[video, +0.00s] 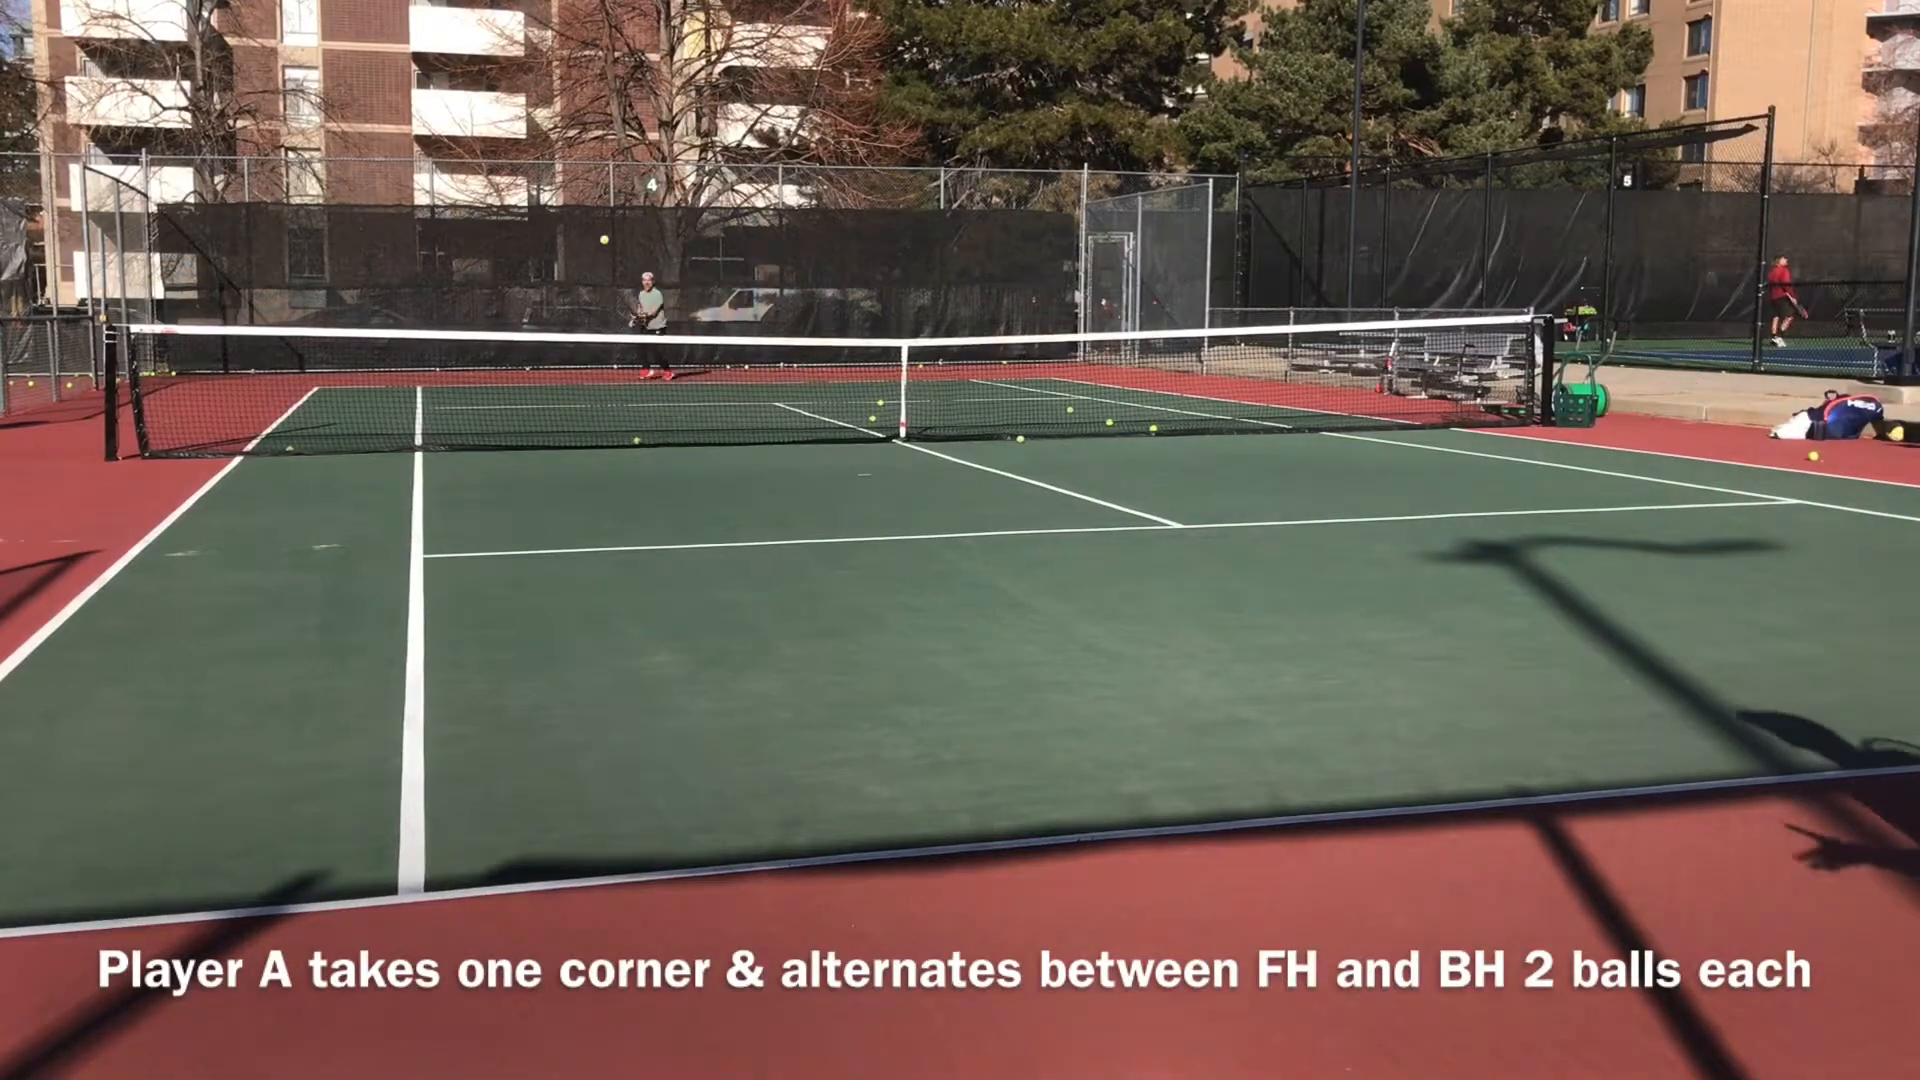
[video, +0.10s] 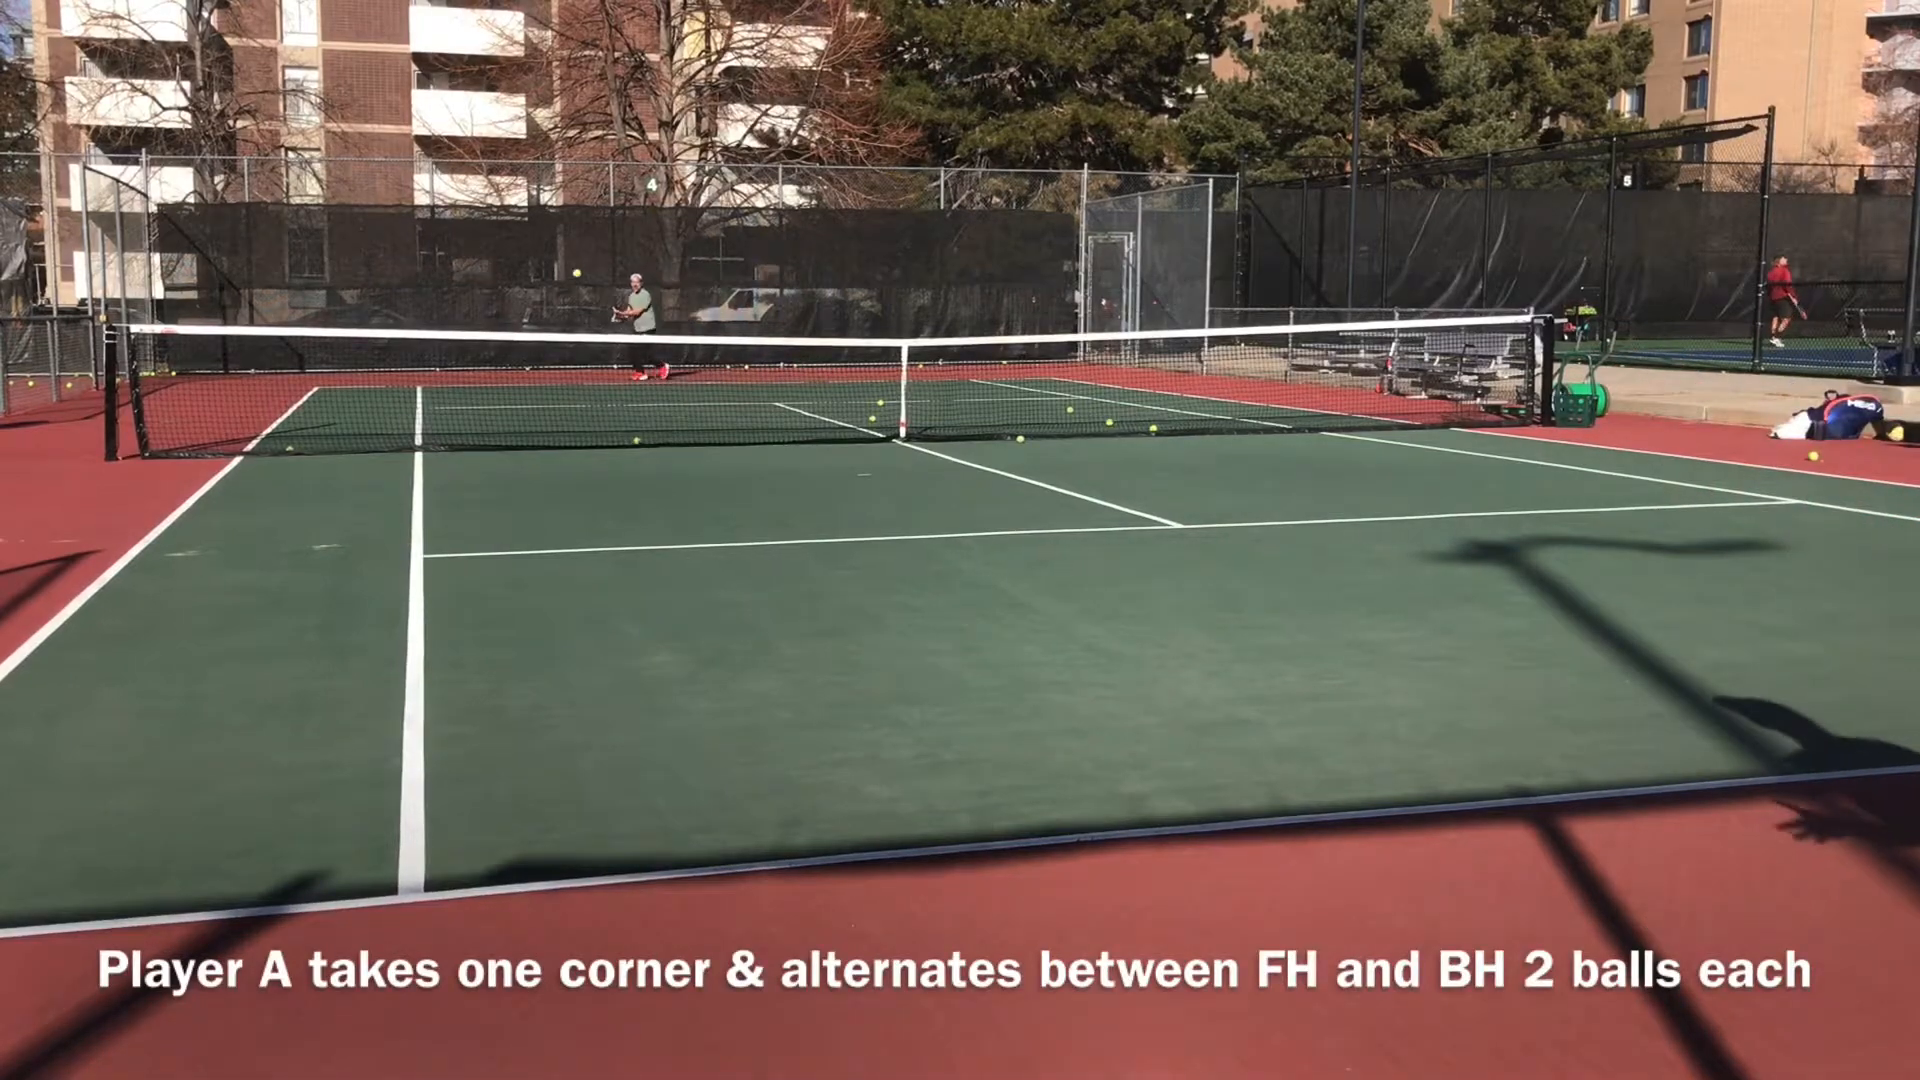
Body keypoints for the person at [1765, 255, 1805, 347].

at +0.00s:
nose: (1786, 261)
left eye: (1785, 259)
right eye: (1784, 259)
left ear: (1776, 262)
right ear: (1779, 261)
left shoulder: (1772, 271)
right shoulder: (1784, 270)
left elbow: (1770, 284)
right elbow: (1786, 284)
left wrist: (1773, 293)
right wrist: (1792, 296)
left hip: (1773, 297)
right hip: (1782, 296)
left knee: (1776, 316)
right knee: (1789, 315)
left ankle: (1774, 336)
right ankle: (1780, 334)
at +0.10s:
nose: (1786, 261)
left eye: (1785, 259)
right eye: (1784, 259)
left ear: (1776, 262)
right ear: (1779, 261)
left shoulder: (1771, 272)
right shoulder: (1784, 271)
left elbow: (1769, 285)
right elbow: (1787, 284)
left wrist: (1771, 295)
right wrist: (1793, 297)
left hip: (1773, 298)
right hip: (1782, 297)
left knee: (1775, 317)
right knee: (1786, 317)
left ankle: (1773, 337)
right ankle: (1777, 336)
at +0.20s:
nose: (1786, 261)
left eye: (1785, 259)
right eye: (1784, 259)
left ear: (1776, 262)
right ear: (1779, 261)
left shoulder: (1770, 272)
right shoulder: (1785, 271)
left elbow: (1769, 285)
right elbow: (1787, 284)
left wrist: (1771, 295)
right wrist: (1792, 296)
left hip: (1773, 298)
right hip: (1783, 297)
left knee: (1775, 317)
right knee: (1782, 318)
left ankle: (1772, 338)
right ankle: (1775, 338)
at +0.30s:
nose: (1786, 261)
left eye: (1785, 259)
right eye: (1784, 259)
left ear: (1775, 262)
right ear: (1779, 261)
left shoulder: (1770, 272)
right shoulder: (1785, 271)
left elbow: (1769, 285)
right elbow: (1788, 284)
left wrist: (1771, 295)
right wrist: (1792, 296)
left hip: (1773, 298)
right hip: (1783, 297)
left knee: (1775, 318)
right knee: (1780, 317)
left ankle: (1772, 339)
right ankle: (1774, 338)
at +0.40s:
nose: (1787, 261)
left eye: (1786, 259)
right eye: (1785, 259)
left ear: (1776, 262)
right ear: (1780, 261)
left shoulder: (1770, 272)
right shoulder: (1786, 271)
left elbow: (1769, 285)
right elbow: (1788, 285)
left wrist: (1770, 295)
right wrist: (1793, 298)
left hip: (1772, 298)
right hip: (1782, 298)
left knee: (1774, 318)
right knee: (1778, 318)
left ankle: (1773, 339)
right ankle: (1773, 339)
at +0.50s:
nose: (1788, 262)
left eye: (1787, 259)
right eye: (1786, 259)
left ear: (1776, 261)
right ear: (1782, 261)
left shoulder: (1770, 271)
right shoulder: (1786, 271)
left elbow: (1768, 284)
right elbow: (1788, 285)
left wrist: (1770, 295)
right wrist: (1792, 299)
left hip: (1771, 298)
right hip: (1781, 298)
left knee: (1774, 319)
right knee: (1777, 319)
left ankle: (1774, 339)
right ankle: (1773, 340)